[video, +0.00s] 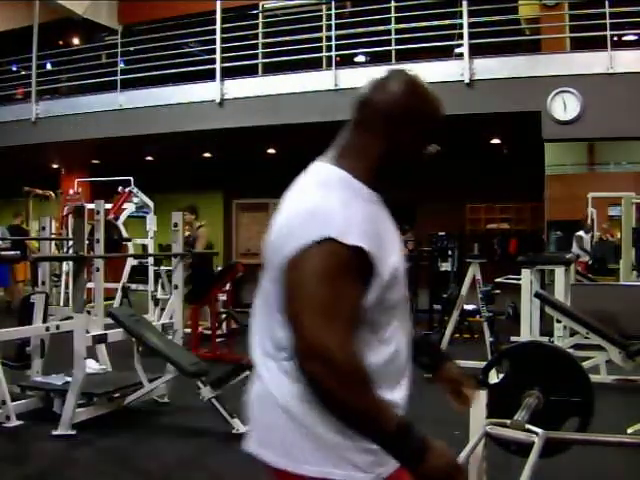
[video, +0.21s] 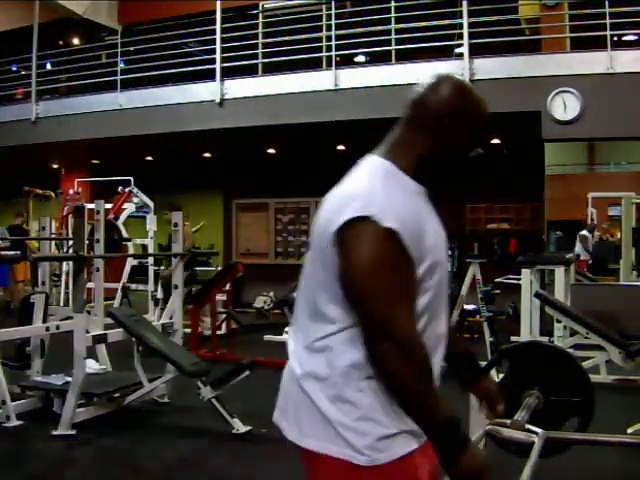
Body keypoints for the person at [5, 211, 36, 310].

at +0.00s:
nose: (22, 220)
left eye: (21, 218)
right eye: (22, 218)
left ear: (13, 217)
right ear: (21, 218)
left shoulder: (8, 229)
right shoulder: (24, 230)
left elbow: (6, 243)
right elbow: (28, 243)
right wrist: (35, 251)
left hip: (10, 258)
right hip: (21, 258)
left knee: (11, 282)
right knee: (20, 282)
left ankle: (11, 302)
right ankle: (18, 303)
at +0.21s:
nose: (22, 221)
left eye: (21, 219)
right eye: (22, 219)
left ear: (15, 218)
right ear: (23, 219)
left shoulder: (9, 229)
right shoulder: (24, 230)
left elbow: (6, 242)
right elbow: (28, 243)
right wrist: (35, 250)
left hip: (10, 258)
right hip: (21, 258)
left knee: (12, 282)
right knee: (20, 282)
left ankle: (12, 302)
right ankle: (19, 303)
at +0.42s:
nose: (25, 221)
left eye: (24, 219)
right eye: (25, 219)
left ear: (15, 218)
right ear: (23, 218)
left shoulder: (9, 228)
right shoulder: (24, 230)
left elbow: (7, 242)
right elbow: (27, 242)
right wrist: (35, 250)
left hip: (10, 258)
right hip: (21, 258)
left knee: (11, 282)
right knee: (20, 282)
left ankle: (12, 302)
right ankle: (21, 302)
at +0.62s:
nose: (26, 220)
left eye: (24, 218)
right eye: (25, 218)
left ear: (15, 218)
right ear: (23, 218)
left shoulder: (9, 228)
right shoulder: (24, 230)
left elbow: (7, 242)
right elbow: (28, 242)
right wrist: (35, 250)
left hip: (11, 257)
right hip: (22, 257)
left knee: (12, 282)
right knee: (21, 282)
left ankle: (12, 302)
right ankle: (21, 302)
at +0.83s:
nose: (26, 220)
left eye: (24, 218)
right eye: (25, 218)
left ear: (15, 218)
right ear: (23, 218)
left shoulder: (9, 228)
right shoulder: (23, 230)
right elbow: (27, 242)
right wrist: (35, 250)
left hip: (11, 257)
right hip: (21, 257)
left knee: (12, 282)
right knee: (20, 282)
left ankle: (13, 303)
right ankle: (20, 303)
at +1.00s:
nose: (27, 219)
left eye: (26, 217)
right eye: (26, 217)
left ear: (16, 217)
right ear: (24, 217)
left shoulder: (10, 228)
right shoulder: (23, 229)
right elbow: (27, 242)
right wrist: (35, 250)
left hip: (10, 258)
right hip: (21, 257)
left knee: (13, 282)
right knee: (20, 282)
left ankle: (13, 301)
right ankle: (21, 301)